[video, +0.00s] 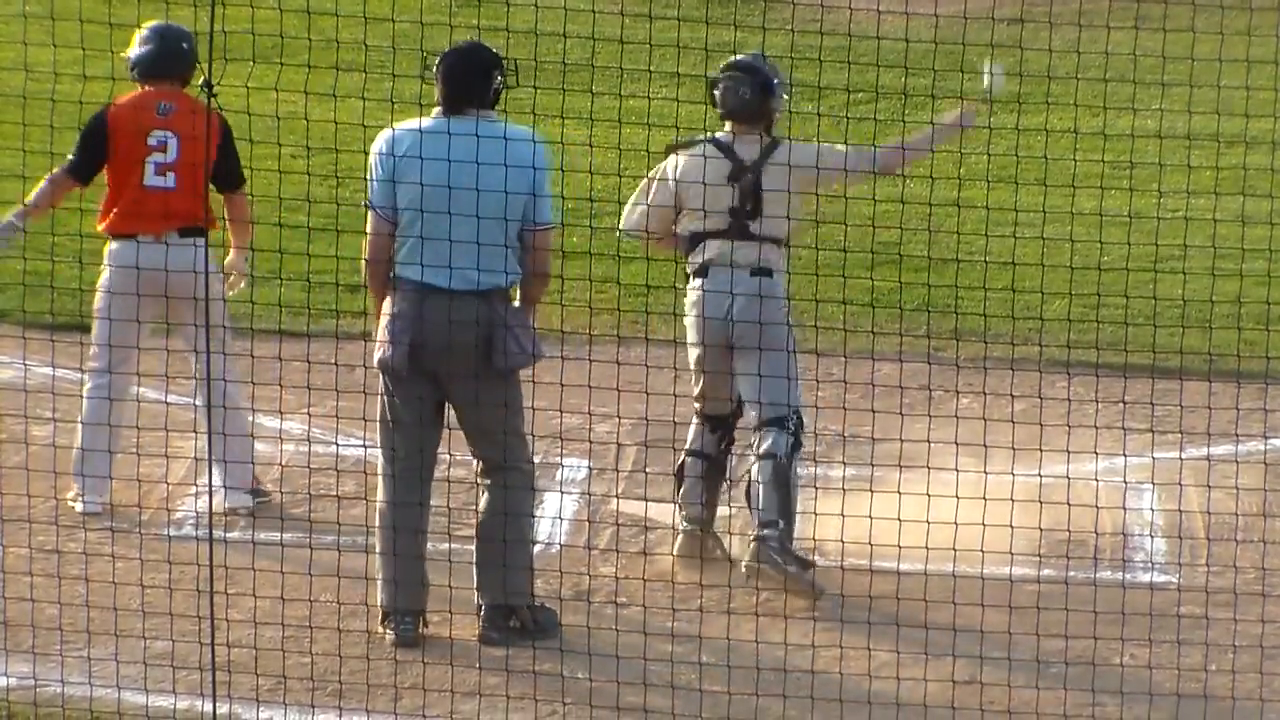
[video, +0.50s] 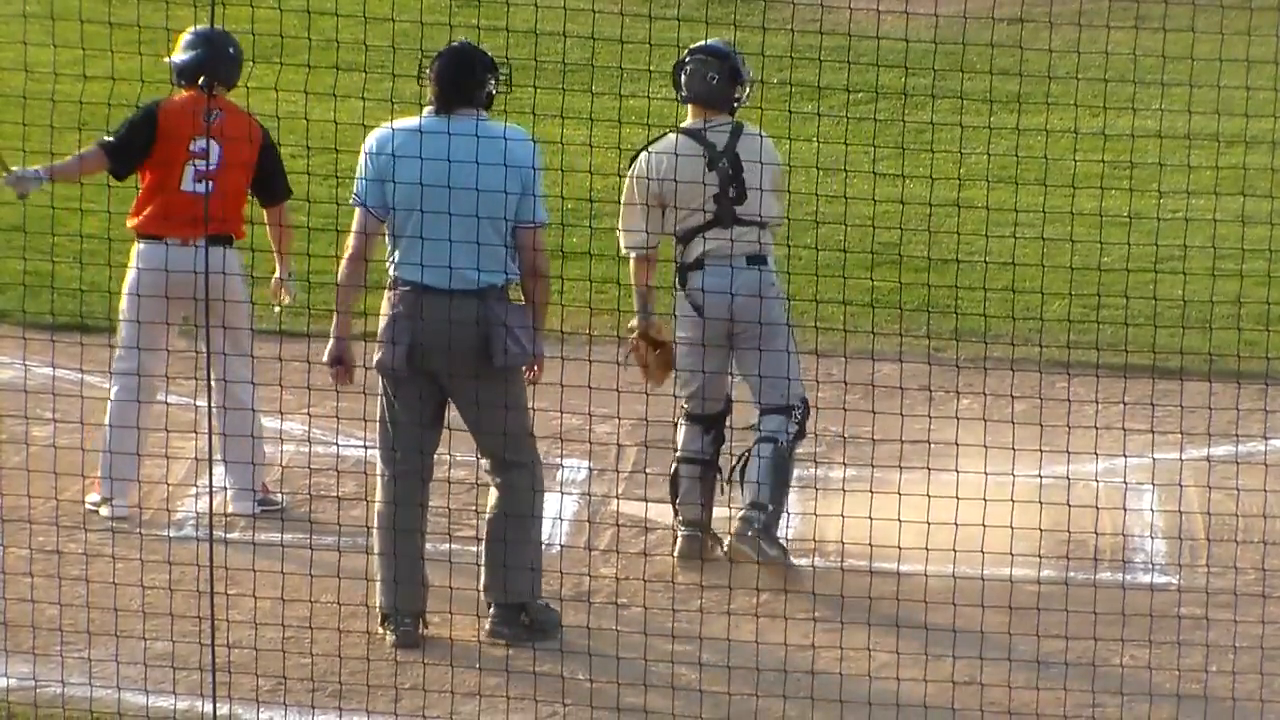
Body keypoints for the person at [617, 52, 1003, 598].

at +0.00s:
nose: (778, 107)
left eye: (773, 99)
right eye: (776, 100)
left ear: (721, 106)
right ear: (771, 107)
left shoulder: (685, 161)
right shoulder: (791, 158)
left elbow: (645, 229)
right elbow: (883, 161)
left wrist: (693, 241)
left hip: (706, 291)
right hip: (764, 293)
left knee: (712, 415)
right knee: (777, 418)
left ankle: (693, 528)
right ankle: (772, 540)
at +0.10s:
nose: (757, 101)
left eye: (708, 95)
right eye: (754, 94)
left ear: (700, 102)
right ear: (754, 101)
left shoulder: (675, 165)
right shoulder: (788, 154)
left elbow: (655, 242)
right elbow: (817, 147)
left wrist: (706, 233)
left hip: (706, 288)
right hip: (764, 290)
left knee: (713, 414)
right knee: (777, 415)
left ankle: (694, 529)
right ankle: (760, 536)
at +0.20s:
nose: (703, 103)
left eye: (696, 95)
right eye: (738, 95)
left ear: (692, 103)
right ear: (743, 101)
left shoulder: (672, 166)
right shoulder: (772, 153)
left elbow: (657, 243)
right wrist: (675, 161)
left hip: (709, 287)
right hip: (769, 285)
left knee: (710, 413)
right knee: (775, 412)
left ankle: (695, 526)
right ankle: (760, 529)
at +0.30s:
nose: (732, 102)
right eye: (735, 93)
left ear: (685, 99)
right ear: (738, 98)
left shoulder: (665, 164)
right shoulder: (765, 150)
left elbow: (657, 246)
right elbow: (725, 204)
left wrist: (633, 203)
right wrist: (644, 193)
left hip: (706, 286)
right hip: (768, 284)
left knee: (709, 412)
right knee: (777, 410)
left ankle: (693, 528)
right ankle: (766, 520)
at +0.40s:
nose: (738, 97)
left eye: (692, 88)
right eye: (736, 90)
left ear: (683, 93)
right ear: (735, 94)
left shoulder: (657, 162)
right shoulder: (762, 146)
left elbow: (653, 247)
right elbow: (752, 219)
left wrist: (677, 286)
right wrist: (687, 275)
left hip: (702, 285)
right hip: (762, 281)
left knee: (705, 410)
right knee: (780, 406)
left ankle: (692, 526)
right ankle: (767, 518)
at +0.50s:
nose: (739, 94)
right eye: (737, 87)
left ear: (683, 90)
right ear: (735, 92)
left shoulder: (654, 158)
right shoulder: (762, 147)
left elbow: (640, 249)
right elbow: (769, 221)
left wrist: (643, 318)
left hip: (696, 291)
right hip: (758, 286)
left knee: (701, 410)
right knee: (780, 409)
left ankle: (691, 526)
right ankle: (757, 523)